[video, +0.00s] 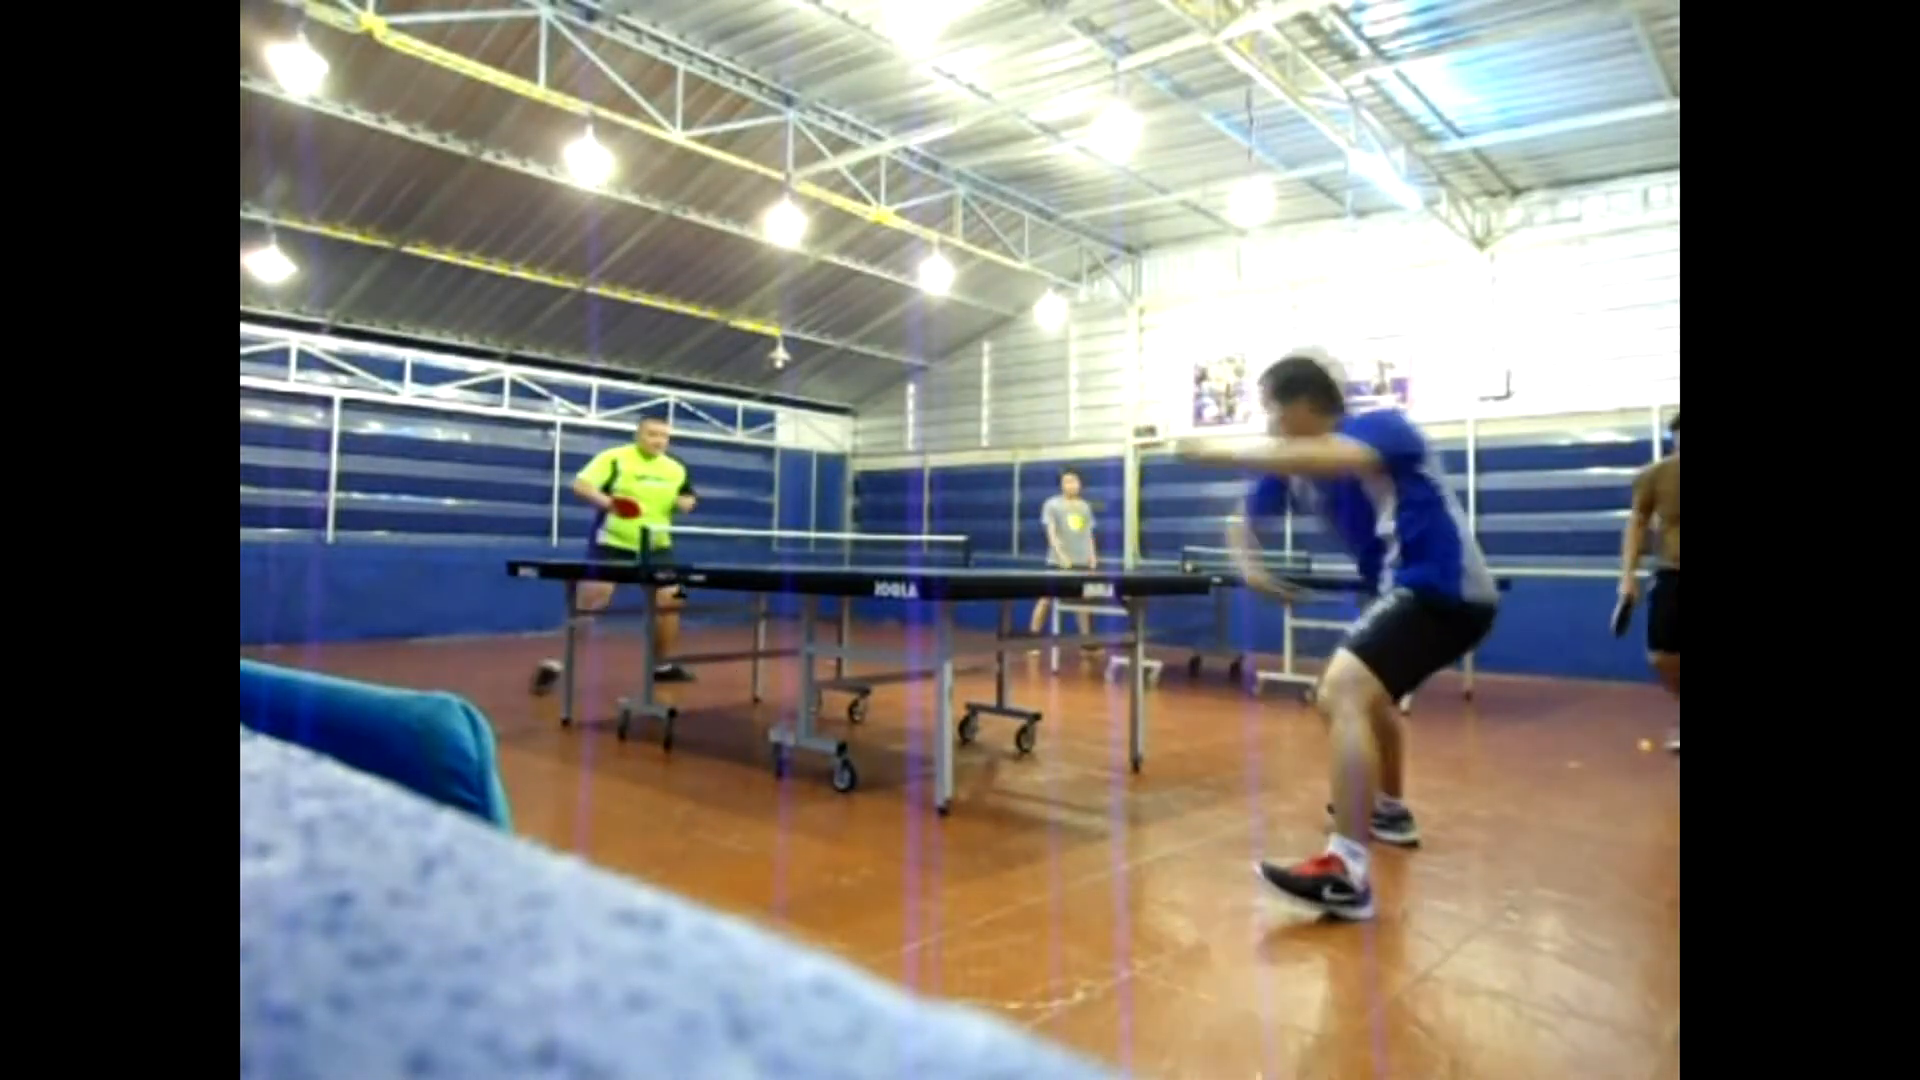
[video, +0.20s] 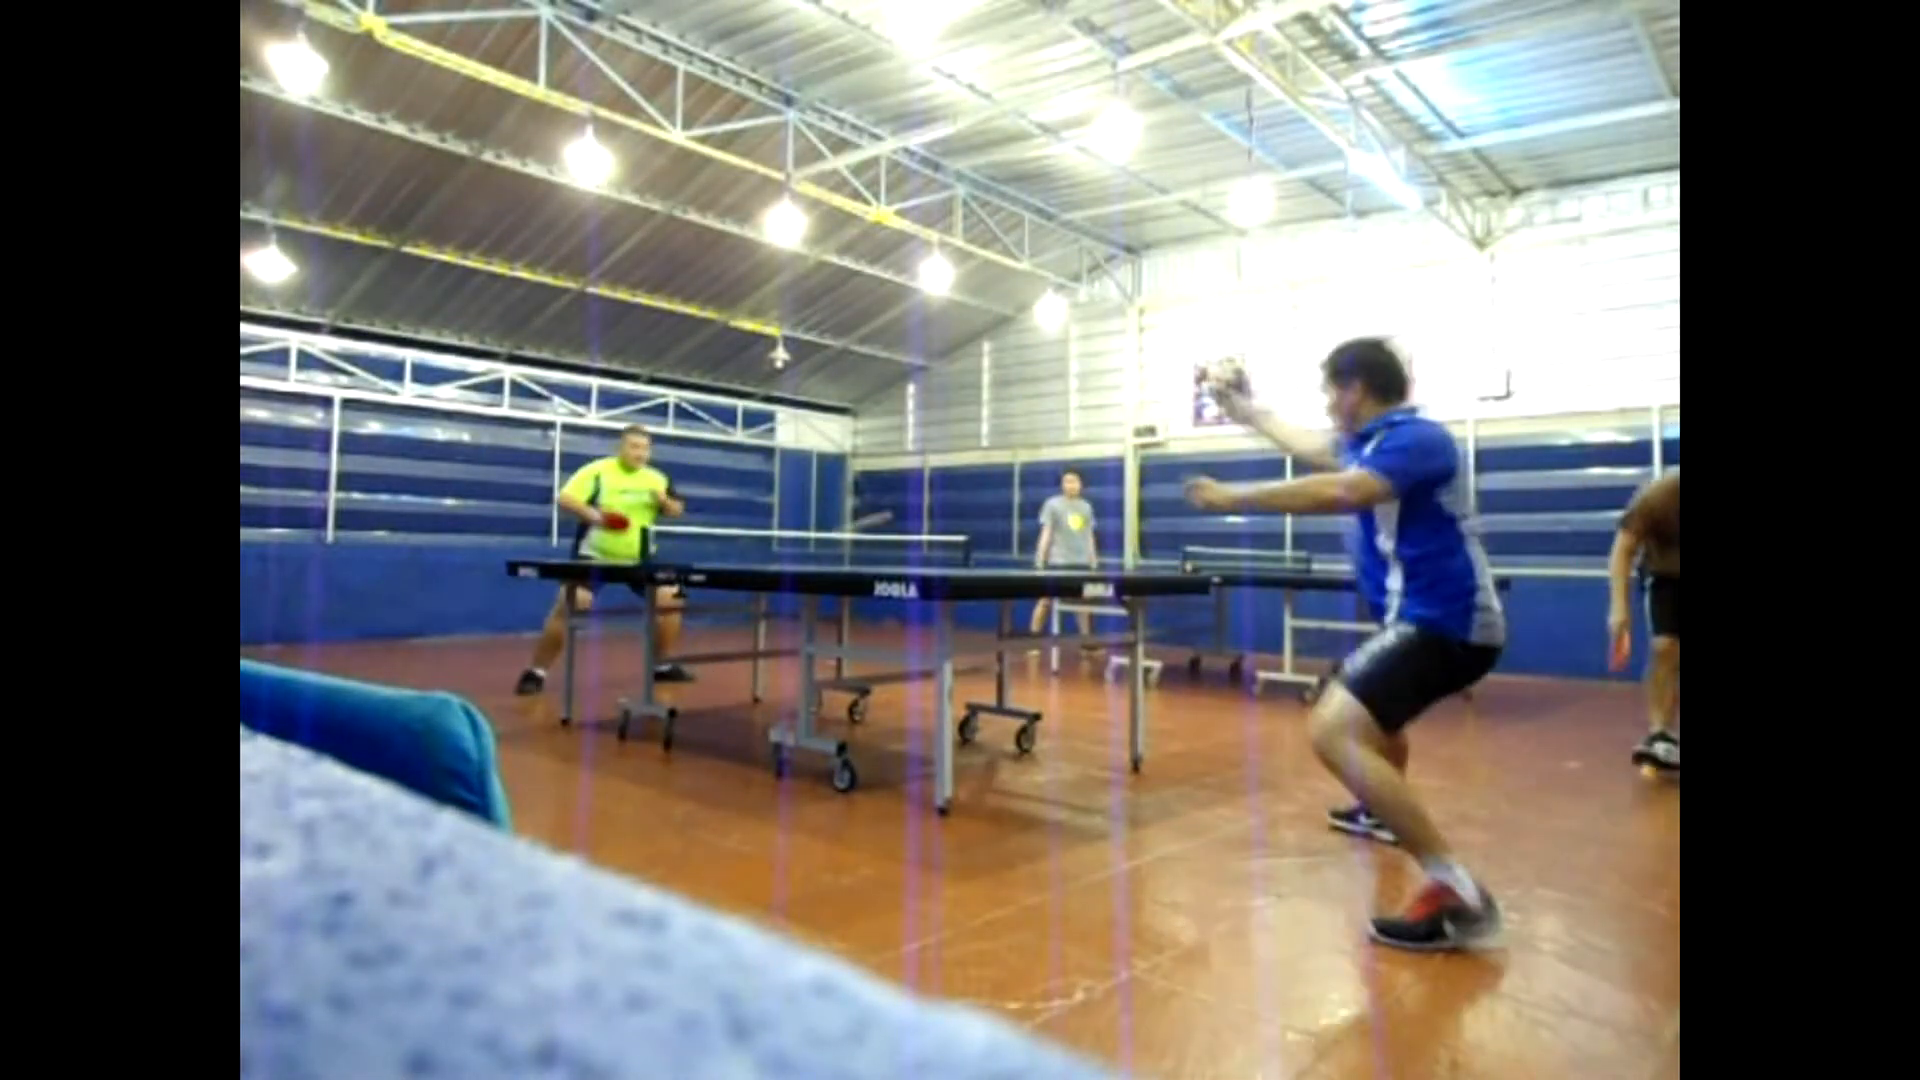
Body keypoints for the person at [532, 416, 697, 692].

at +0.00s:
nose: (658, 441)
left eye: (663, 436)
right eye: (652, 434)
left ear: (668, 439)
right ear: (639, 434)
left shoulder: (676, 470)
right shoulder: (615, 458)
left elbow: (687, 498)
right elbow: (581, 484)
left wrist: (685, 502)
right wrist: (608, 502)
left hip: (657, 545)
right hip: (614, 542)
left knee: (669, 600)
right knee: (591, 599)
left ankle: (664, 662)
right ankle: (560, 663)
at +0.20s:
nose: (638, 452)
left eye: (643, 447)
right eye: (633, 446)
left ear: (649, 451)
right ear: (621, 447)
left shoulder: (656, 479)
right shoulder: (598, 471)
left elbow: (677, 510)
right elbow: (566, 497)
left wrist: (664, 502)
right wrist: (595, 515)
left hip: (638, 560)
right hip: (594, 558)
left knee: (669, 599)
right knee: (572, 602)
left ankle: (662, 662)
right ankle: (537, 670)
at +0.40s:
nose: (635, 460)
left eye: (638, 454)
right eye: (629, 454)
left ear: (642, 457)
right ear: (613, 455)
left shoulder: (646, 484)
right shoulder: (595, 483)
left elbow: (649, 518)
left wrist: (670, 510)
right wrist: (651, 523)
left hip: (629, 562)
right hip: (590, 561)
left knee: (665, 598)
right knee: (565, 603)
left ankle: (663, 663)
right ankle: (537, 672)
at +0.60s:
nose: (648, 450)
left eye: (651, 445)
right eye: (642, 444)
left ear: (656, 449)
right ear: (628, 446)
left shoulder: (650, 478)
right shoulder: (618, 470)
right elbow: (644, 502)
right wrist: (694, 504)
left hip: (631, 556)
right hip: (596, 555)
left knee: (664, 597)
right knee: (584, 602)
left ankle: (663, 662)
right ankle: (541, 671)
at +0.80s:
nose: (649, 444)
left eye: (653, 439)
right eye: (642, 438)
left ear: (656, 443)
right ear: (628, 439)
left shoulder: (655, 474)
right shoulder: (607, 464)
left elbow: (649, 510)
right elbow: (601, 504)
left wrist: (658, 532)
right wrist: (643, 518)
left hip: (637, 550)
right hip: (601, 547)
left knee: (663, 595)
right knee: (582, 598)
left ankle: (663, 661)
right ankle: (536, 662)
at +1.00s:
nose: (626, 447)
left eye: (630, 442)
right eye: (620, 441)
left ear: (635, 447)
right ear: (607, 443)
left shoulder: (637, 478)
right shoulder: (585, 467)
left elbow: (638, 507)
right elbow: (562, 496)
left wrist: (649, 523)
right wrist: (600, 512)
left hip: (625, 558)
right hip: (585, 556)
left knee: (655, 598)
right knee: (559, 607)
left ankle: (663, 660)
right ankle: (534, 665)